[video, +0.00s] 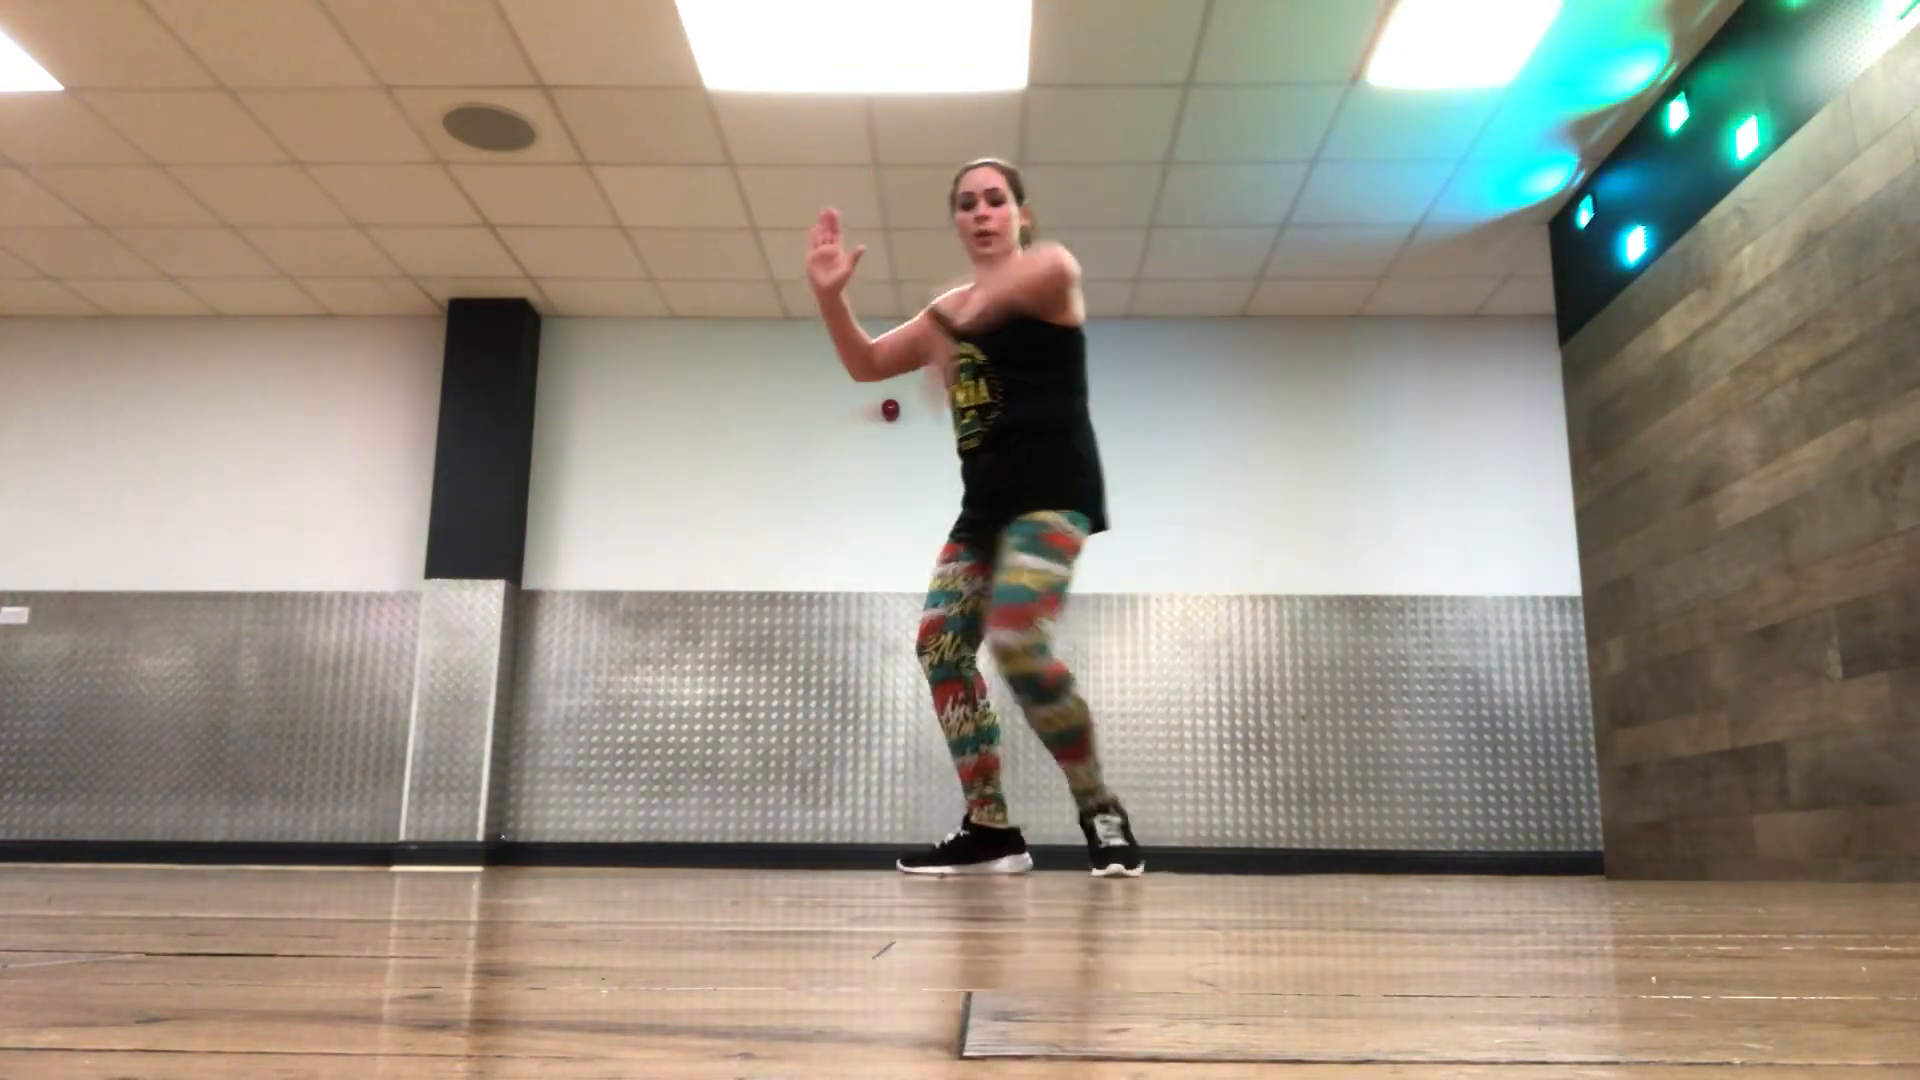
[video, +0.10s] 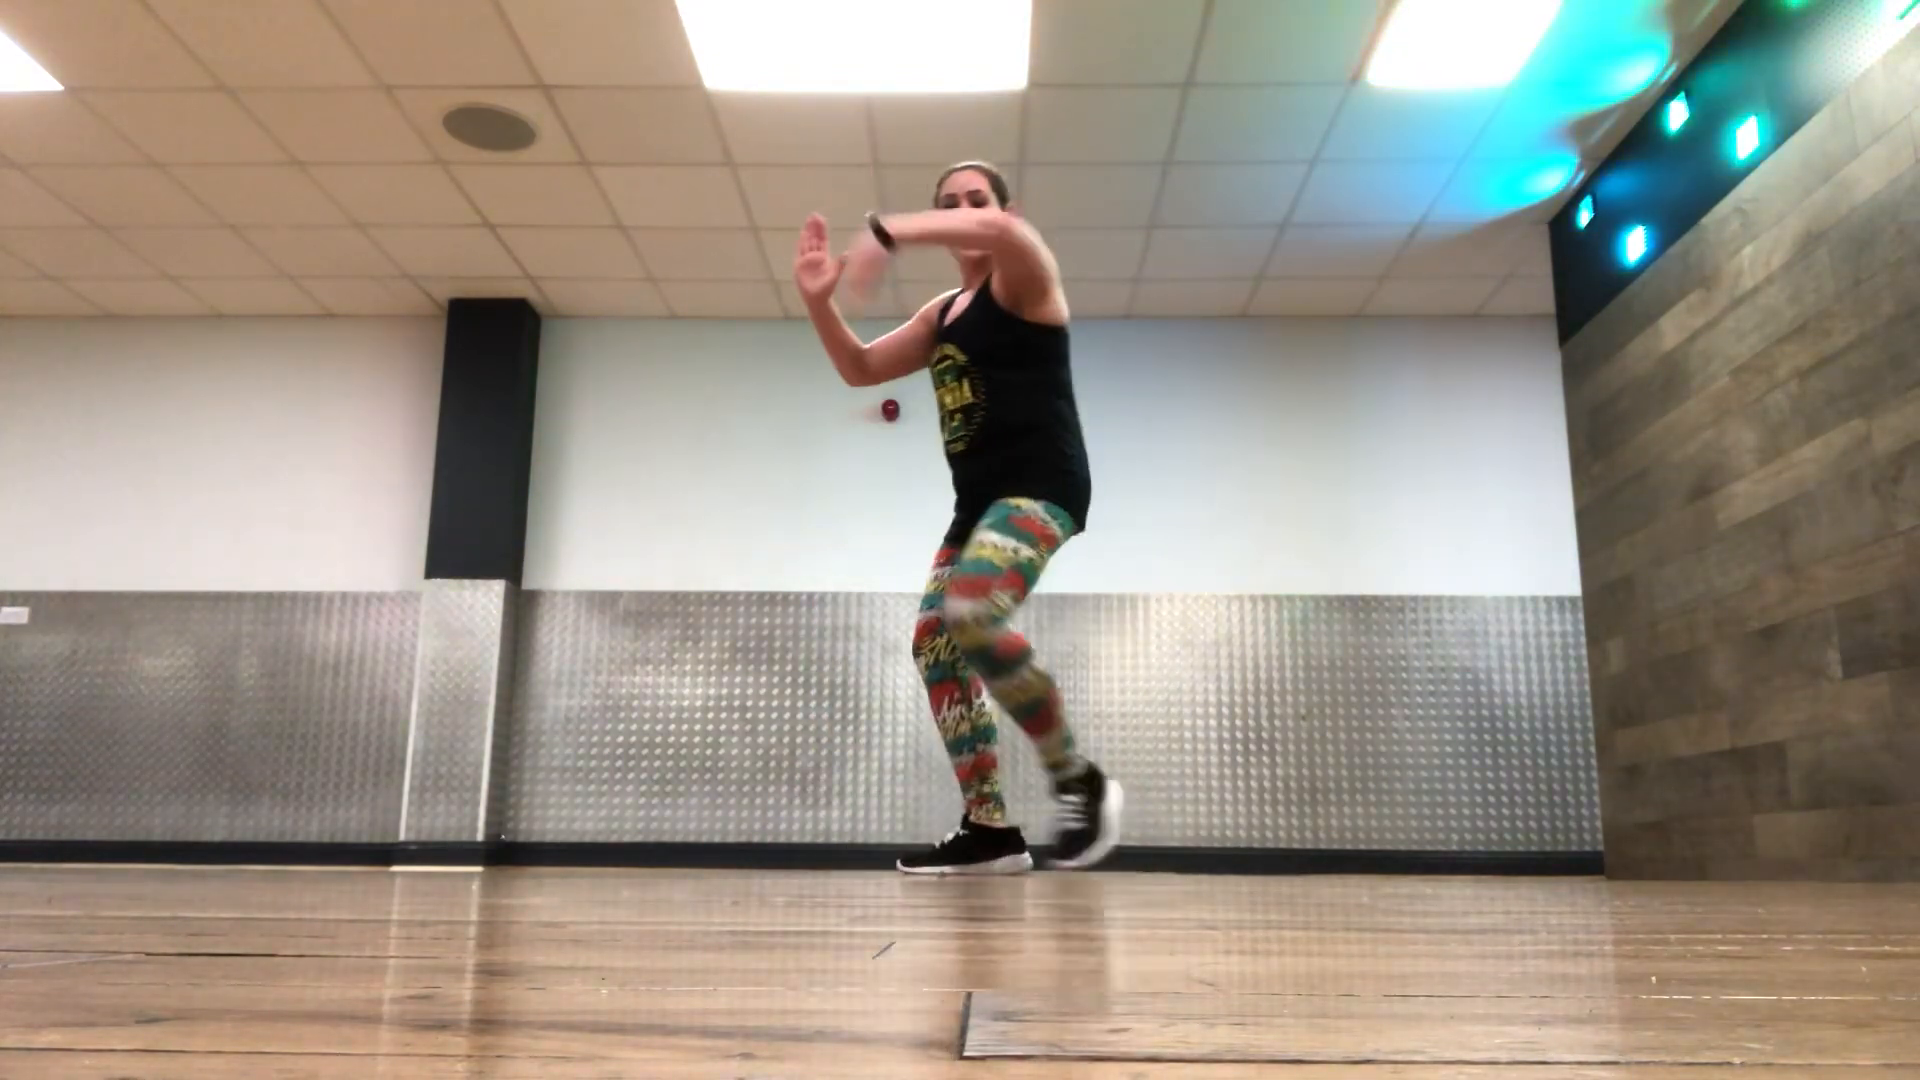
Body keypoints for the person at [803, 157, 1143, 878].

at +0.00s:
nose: (981, 211)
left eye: (995, 199)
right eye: (968, 204)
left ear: (1022, 214)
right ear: (954, 223)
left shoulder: (1050, 266)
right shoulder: (949, 307)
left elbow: (1000, 295)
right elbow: (867, 362)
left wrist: (954, 316)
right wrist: (830, 296)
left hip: (1053, 494)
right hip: (985, 505)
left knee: (1016, 640)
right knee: (943, 646)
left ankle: (1099, 812)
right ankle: (990, 829)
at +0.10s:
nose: (964, 211)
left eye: (977, 199)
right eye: (949, 203)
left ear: (1006, 216)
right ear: (936, 221)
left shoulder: (1025, 287)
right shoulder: (942, 314)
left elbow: (1009, 231)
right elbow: (861, 367)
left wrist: (885, 229)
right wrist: (819, 302)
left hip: (1041, 488)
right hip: (978, 502)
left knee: (972, 614)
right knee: (934, 640)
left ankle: (1077, 782)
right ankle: (989, 826)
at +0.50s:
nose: (933, 219)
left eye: (948, 207)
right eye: (920, 212)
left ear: (980, 223)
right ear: (909, 232)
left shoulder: (1001, 277)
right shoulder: (920, 318)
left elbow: (951, 262)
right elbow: (840, 377)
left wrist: (841, 293)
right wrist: (797, 316)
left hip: (1022, 493)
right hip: (957, 503)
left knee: (945, 620)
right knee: (912, 646)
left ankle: (956, 821)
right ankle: (988, 824)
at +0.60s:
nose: (935, 212)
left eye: (948, 196)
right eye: (924, 203)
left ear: (975, 218)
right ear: (910, 229)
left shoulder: (996, 288)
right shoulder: (911, 320)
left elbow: (997, 212)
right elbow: (830, 376)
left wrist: (881, 219)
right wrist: (791, 307)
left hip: (1033, 486)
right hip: (962, 501)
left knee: (964, 602)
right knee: (921, 643)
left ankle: (958, 812)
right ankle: (992, 825)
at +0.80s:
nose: (941, 211)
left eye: (955, 199)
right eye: (928, 203)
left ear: (982, 217)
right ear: (916, 228)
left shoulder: (1007, 284)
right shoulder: (911, 320)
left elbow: (1031, 271)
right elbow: (830, 380)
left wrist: (919, 243)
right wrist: (796, 309)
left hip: (1043, 484)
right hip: (963, 503)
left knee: (1006, 597)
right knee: (931, 645)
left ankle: (1049, 803)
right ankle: (987, 823)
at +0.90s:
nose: (948, 211)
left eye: (961, 200)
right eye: (934, 203)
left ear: (989, 220)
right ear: (919, 228)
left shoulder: (1019, 277)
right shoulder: (914, 323)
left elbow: (1038, 321)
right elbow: (835, 383)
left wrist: (932, 297)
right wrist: (802, 313)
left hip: (1049, 491)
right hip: (967, 505)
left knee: (1026, 621)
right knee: (926, 644)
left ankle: (1070, 823)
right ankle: (988, 826)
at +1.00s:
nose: (955, 213)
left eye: (968, 202)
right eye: (941, 205)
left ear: (995, 221)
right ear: (925, 230)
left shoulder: (1026, 276)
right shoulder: (917, 322)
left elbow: (1064, 299)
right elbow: (835, 381)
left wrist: (953, 288)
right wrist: (805, 313)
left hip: (1053, 494)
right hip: (969, 507)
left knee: (1030, 625)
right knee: (928, 645)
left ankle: (1069, 823)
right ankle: (983, 825)